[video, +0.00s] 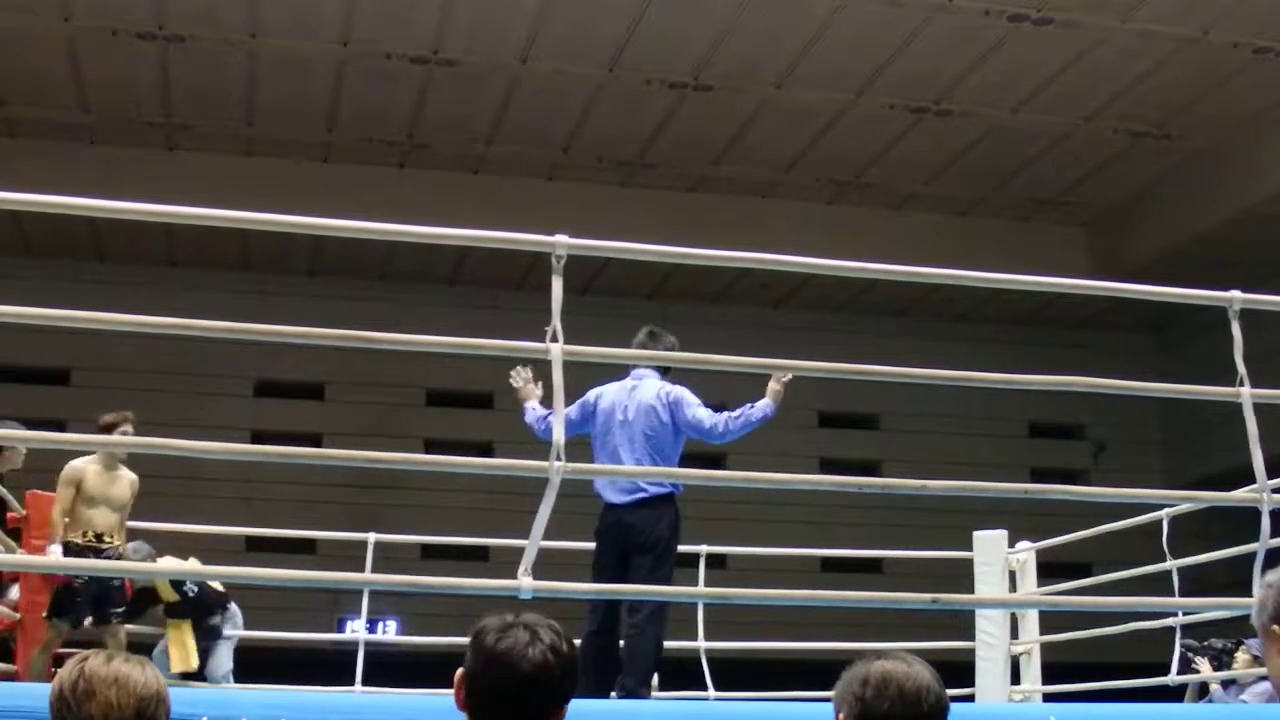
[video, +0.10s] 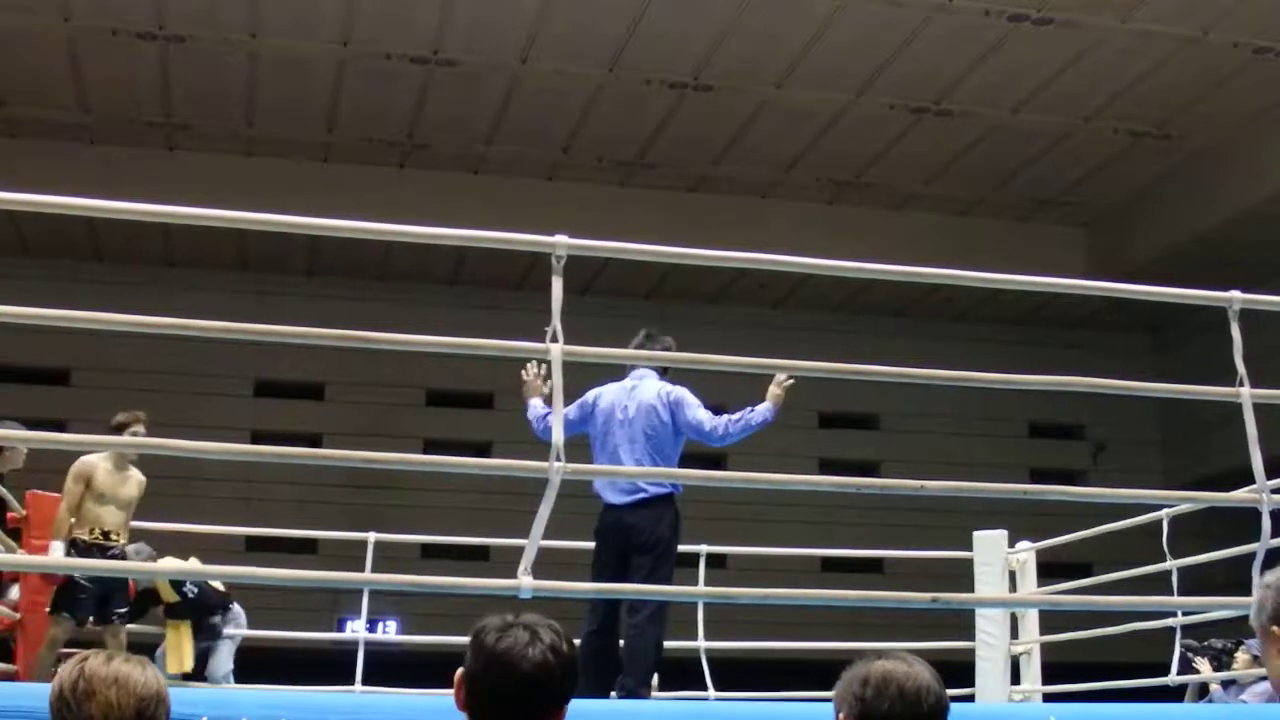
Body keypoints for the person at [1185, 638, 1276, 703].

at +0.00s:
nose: (1235, 655)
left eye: (1243, 652)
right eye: (1237, 651)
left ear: (1258, 662)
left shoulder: (1265, 687)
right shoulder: (1231, 689)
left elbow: (1234, 711)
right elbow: (1190, 711)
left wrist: (1212, 680)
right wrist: (1195, 678)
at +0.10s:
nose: (1235, 655)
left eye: (1243, 652)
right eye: (1237, 651)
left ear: (1258, 661)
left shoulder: (1265, 687)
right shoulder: (1231, 689)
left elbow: (1235, 711)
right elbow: (1190, 711)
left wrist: (1212, 680)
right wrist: (1196, 679)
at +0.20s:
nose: (1235, 655)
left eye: (1243, 652)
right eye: (1237, 651)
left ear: (1257, 661)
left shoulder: (1264, 687)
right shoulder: (1231, 689)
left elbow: (1234, 711)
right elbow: (1191, 711)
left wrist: (1211, 680)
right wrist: (1195, 678)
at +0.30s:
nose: (1235, 655)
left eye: (1243, 652)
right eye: (1237, 651)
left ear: (1257, 661)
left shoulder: (1264, 687)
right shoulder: (1231, 689)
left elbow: (1233, 711)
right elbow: (1192, 711)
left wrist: (1211, 680)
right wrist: (1195, 679)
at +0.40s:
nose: (1235, 655)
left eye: (1243, 652)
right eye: (1237, 651)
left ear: (1257, 660)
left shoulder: (1264, 688)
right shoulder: (1231, 689)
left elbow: (1234, 711)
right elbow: (1191, 711)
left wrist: (1211, 680)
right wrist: (1195, 679)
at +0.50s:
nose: (1235, 655)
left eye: (1243, 652)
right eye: (1237, 651)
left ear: (1258, 661)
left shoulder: (1264, 687)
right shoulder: (1231, 689)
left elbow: (1233, 710)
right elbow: (1193, 711)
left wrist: (1211, 680)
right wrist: (1194, 679)